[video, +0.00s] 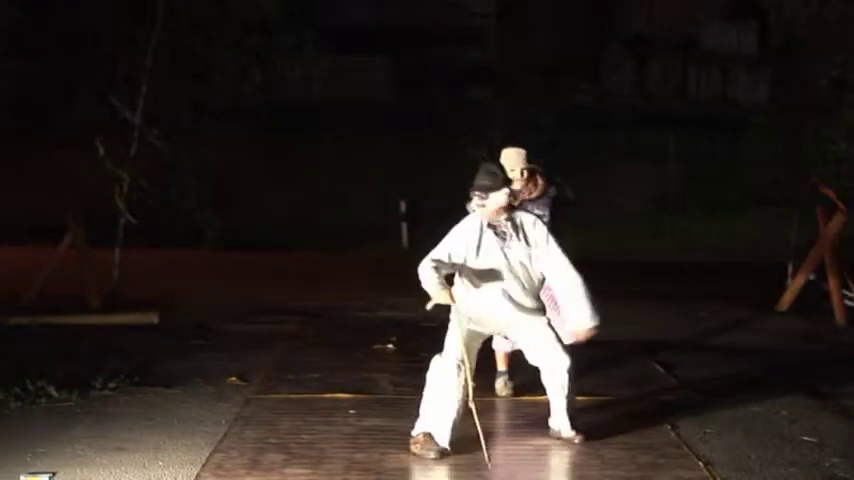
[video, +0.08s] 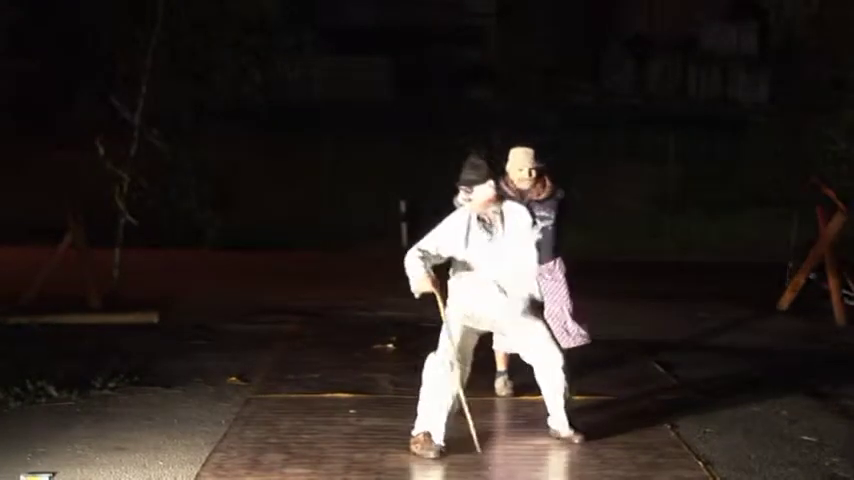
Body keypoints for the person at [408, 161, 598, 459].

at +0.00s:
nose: (506, 200)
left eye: (507, 194)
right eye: (499, 195)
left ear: (509, 196)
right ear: (481, 199)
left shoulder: (529, 225)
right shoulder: (469, 229)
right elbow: (429, 265)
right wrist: (439, 292)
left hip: (523, 314)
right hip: (472, 313)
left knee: (557, 362)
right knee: (452, 366)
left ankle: (560, 423)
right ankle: (428, 434)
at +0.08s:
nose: (491, 194)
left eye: (491, 187)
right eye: (483, 190)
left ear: (496, 187)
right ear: (468, 195)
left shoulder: (518, 214)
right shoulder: (460, 222)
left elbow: (527, 261)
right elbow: (417, 254)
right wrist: (421, 278)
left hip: (509, 304)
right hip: (466, 306)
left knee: (549, 356)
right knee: (447, 362)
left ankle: (559, 423)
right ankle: (426, 432)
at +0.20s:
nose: (473, 174)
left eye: (467, 168)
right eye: (464, 169)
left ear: (474, 170)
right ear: (451, 175)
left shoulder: (496, 191)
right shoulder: (437, 207)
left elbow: (494, 200)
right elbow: (404, 236)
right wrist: (406, 256)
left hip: (500, 295)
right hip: (454, 298)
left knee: (532, 352)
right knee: (440, 358)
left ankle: (555, 421)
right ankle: (424, 431)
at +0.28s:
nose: (467, 168)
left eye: (468, 161)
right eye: (459, 163)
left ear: (470, 162)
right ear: (442, 167)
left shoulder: (488, 185)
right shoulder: (427, 198)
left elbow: (490, 203)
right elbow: (407, 229)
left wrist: (455, 187)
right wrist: (399, 251)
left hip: (486, 288)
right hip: (444, 292)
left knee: (525, 340)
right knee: (441, 353)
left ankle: (536, 414)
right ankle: (423, 430)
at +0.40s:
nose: (445, 165)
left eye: (445, 159)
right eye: (436, 159)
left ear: (456, 160)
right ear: (428, 162)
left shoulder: (475, 194)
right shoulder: (417, 197)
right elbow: (401, 230)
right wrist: (398, 255)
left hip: (480, 291)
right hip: (439, 294)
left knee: (511, 346)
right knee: (444, 357)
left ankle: (504, 422)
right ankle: (413, 428)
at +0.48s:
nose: (442, 169)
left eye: (442, 162)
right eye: (433, 164)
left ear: (445, 164)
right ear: (418, 169)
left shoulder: (459, 193)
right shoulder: (409, 202)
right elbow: (387, 234)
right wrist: (387, 258)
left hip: (470, 293)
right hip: (431, 296)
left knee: (497, 351)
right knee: (436, 359)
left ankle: (498, 429)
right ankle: (411, 429)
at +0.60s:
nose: (416, 170)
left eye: (424, 162)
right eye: (414, 163)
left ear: (437, 163)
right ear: (409, 166)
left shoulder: (453, 188)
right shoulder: (401, 200)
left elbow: (455, 190)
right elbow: (374, 230)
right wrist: (372, 253)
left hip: (461, 292)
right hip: (420, 295)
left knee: (491, 348)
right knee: (428, 360)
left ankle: (497, 428)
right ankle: (409, 429)